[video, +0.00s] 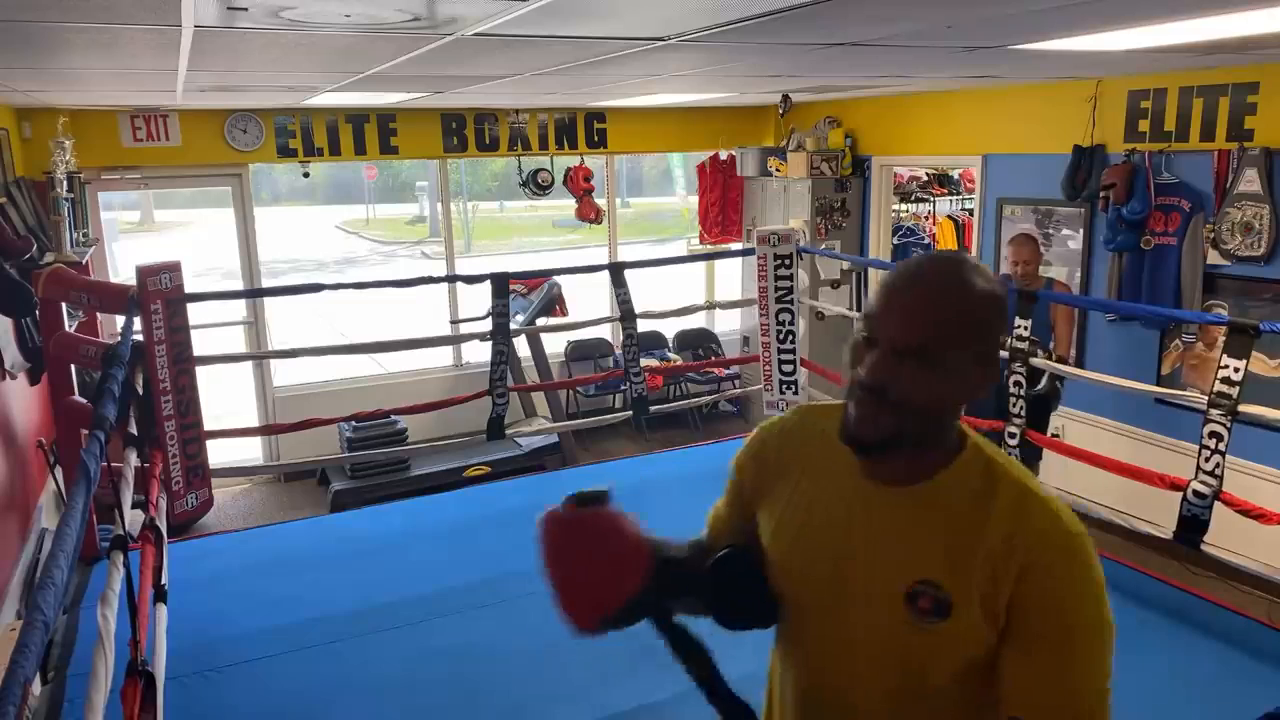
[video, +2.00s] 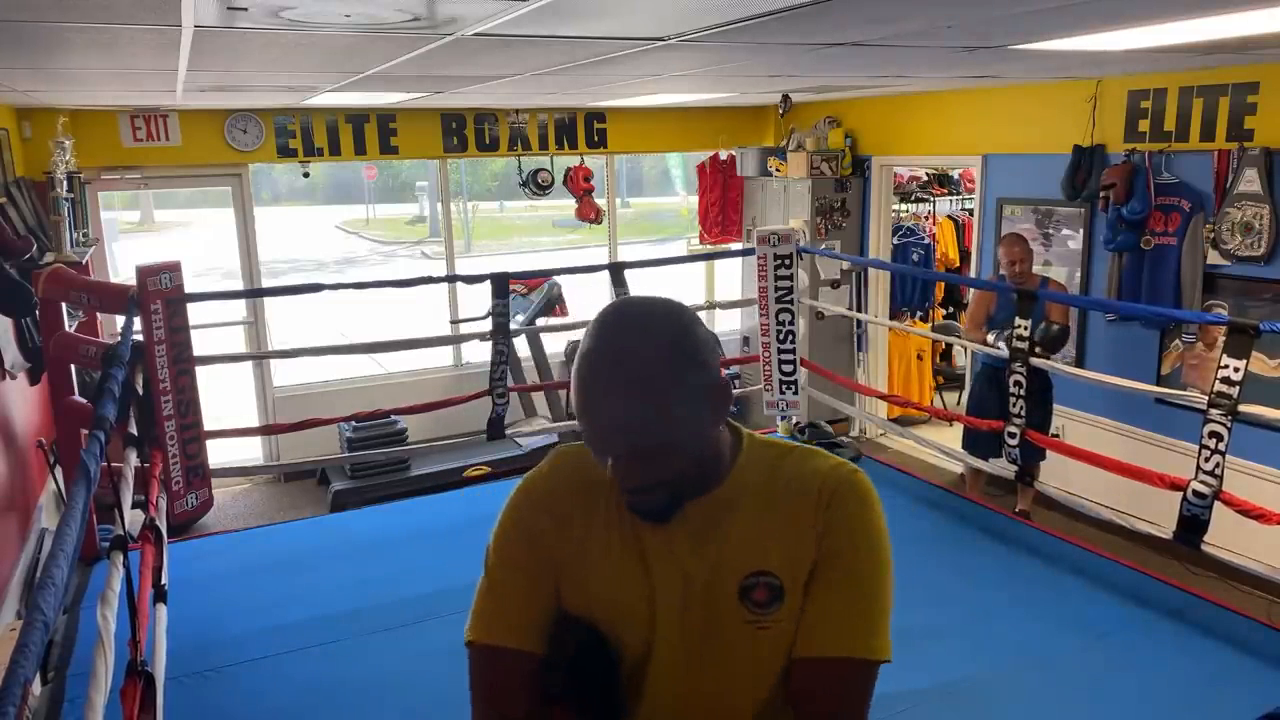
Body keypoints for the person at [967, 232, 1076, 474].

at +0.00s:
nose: (1020, 270)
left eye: (1027, 264)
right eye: (1014, 263)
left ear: (1039, 261)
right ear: (1007, 261)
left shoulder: (1057, 292)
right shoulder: (996, 287)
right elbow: (980, 332)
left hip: (1035, 380)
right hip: (994, 376)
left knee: (1025, 455)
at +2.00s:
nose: (1015, 269)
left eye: (1020, 262)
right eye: (1008, 263)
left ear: (1032, 258)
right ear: (1000, 263)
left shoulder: (1053, 290)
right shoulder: (990, 288)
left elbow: (1058, 332)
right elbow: (970, 330)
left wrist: (1041, 347)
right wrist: (995, 338)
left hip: (1034, 379)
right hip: (991, 376)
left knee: (1031, 448)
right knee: (979, 443)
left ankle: (1022, 511)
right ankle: (972, 504)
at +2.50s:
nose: (1012, 268)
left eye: (1017, 261)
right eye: (1005, 263)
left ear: (1028, 257)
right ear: (996, 264)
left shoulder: (1052, 290)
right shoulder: (985, 292)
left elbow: (1064, 339)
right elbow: (965, 336)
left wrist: (1056, 321)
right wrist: (979, 358)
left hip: (1032, 379)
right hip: (990, 376)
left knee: (1029, 449)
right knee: (977, 445)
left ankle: (1023, 515)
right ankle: (972, 506)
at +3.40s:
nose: (998, 274)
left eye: (1003, 266)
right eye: (992, 269)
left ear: (1015, 259)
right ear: (984, 267)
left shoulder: (1042, 288)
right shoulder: (977, 291)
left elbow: (1062, 330)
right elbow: (964, 335)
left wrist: (1030, 322)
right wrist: (982, 349)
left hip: (1026, 381)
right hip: (985, 379)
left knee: (1026, 451)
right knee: (974, 447)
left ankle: (1023, 514)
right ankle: (970, 507)